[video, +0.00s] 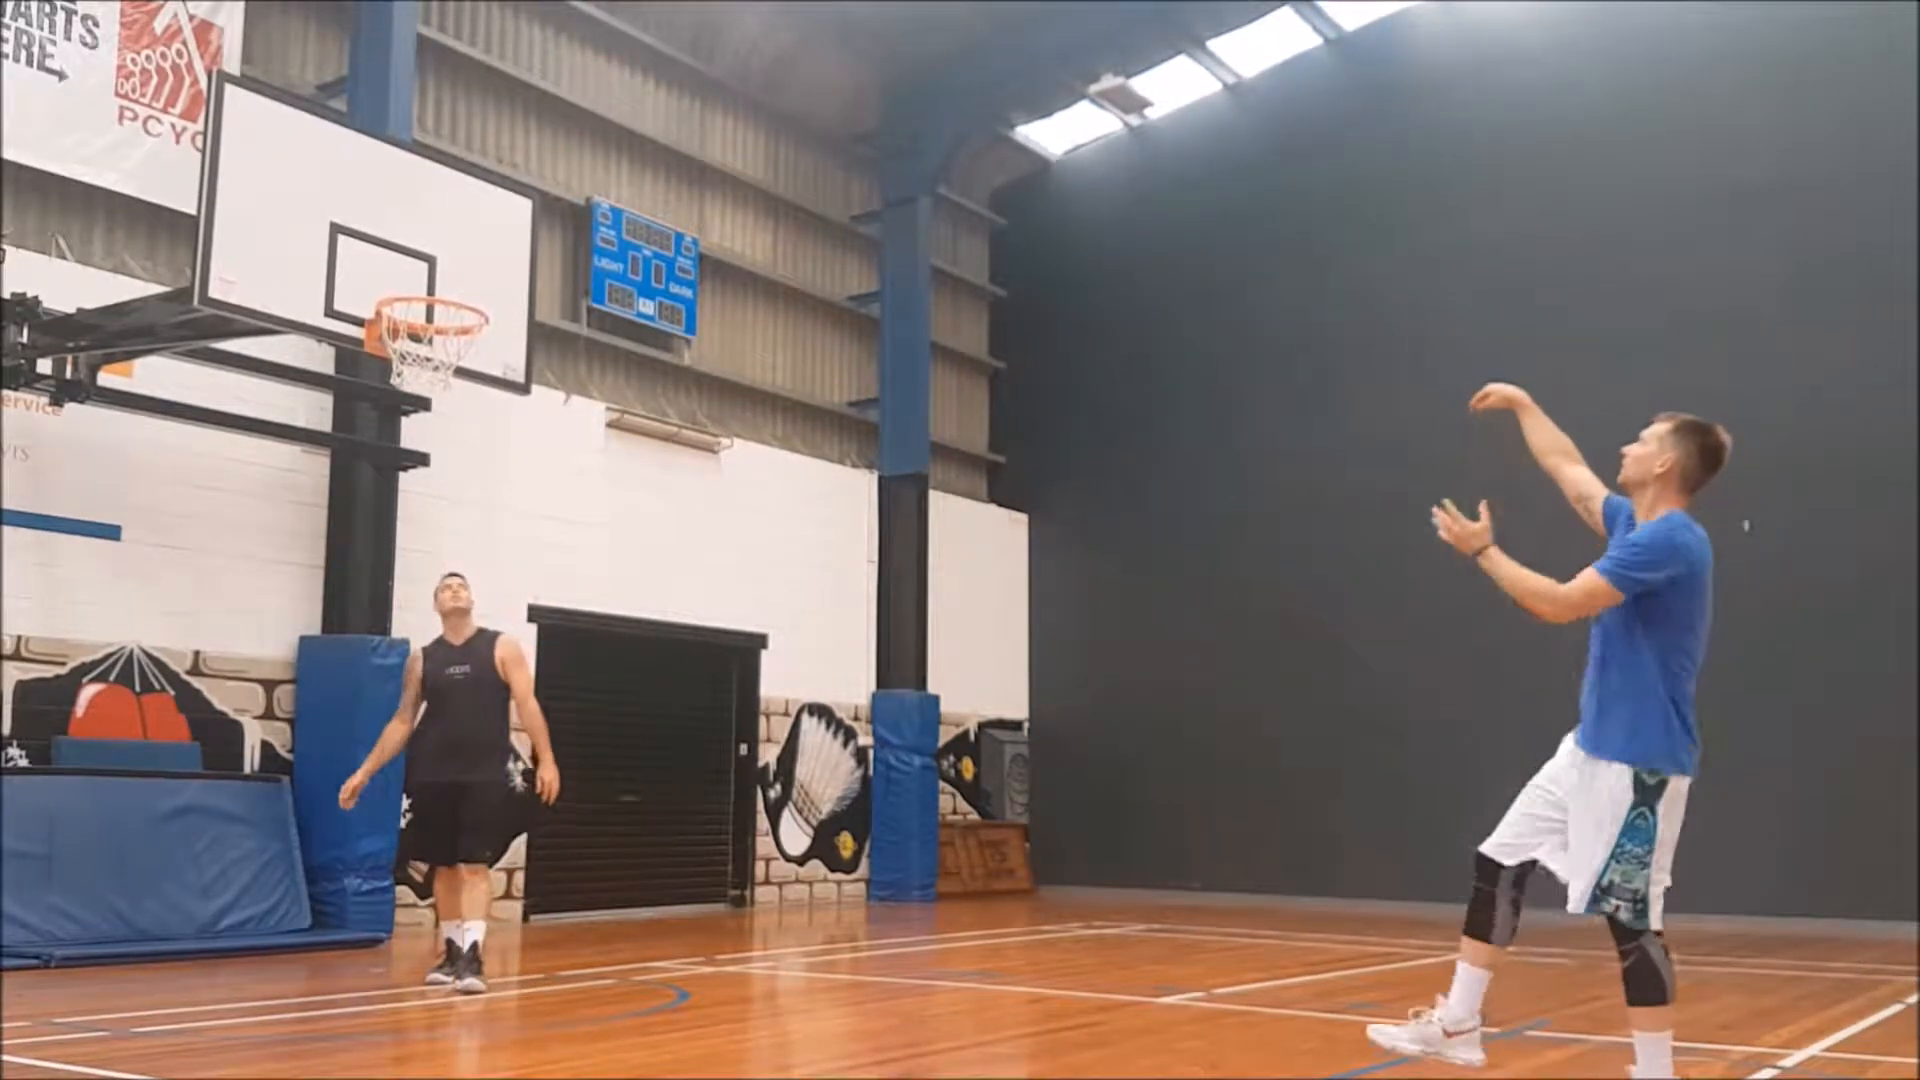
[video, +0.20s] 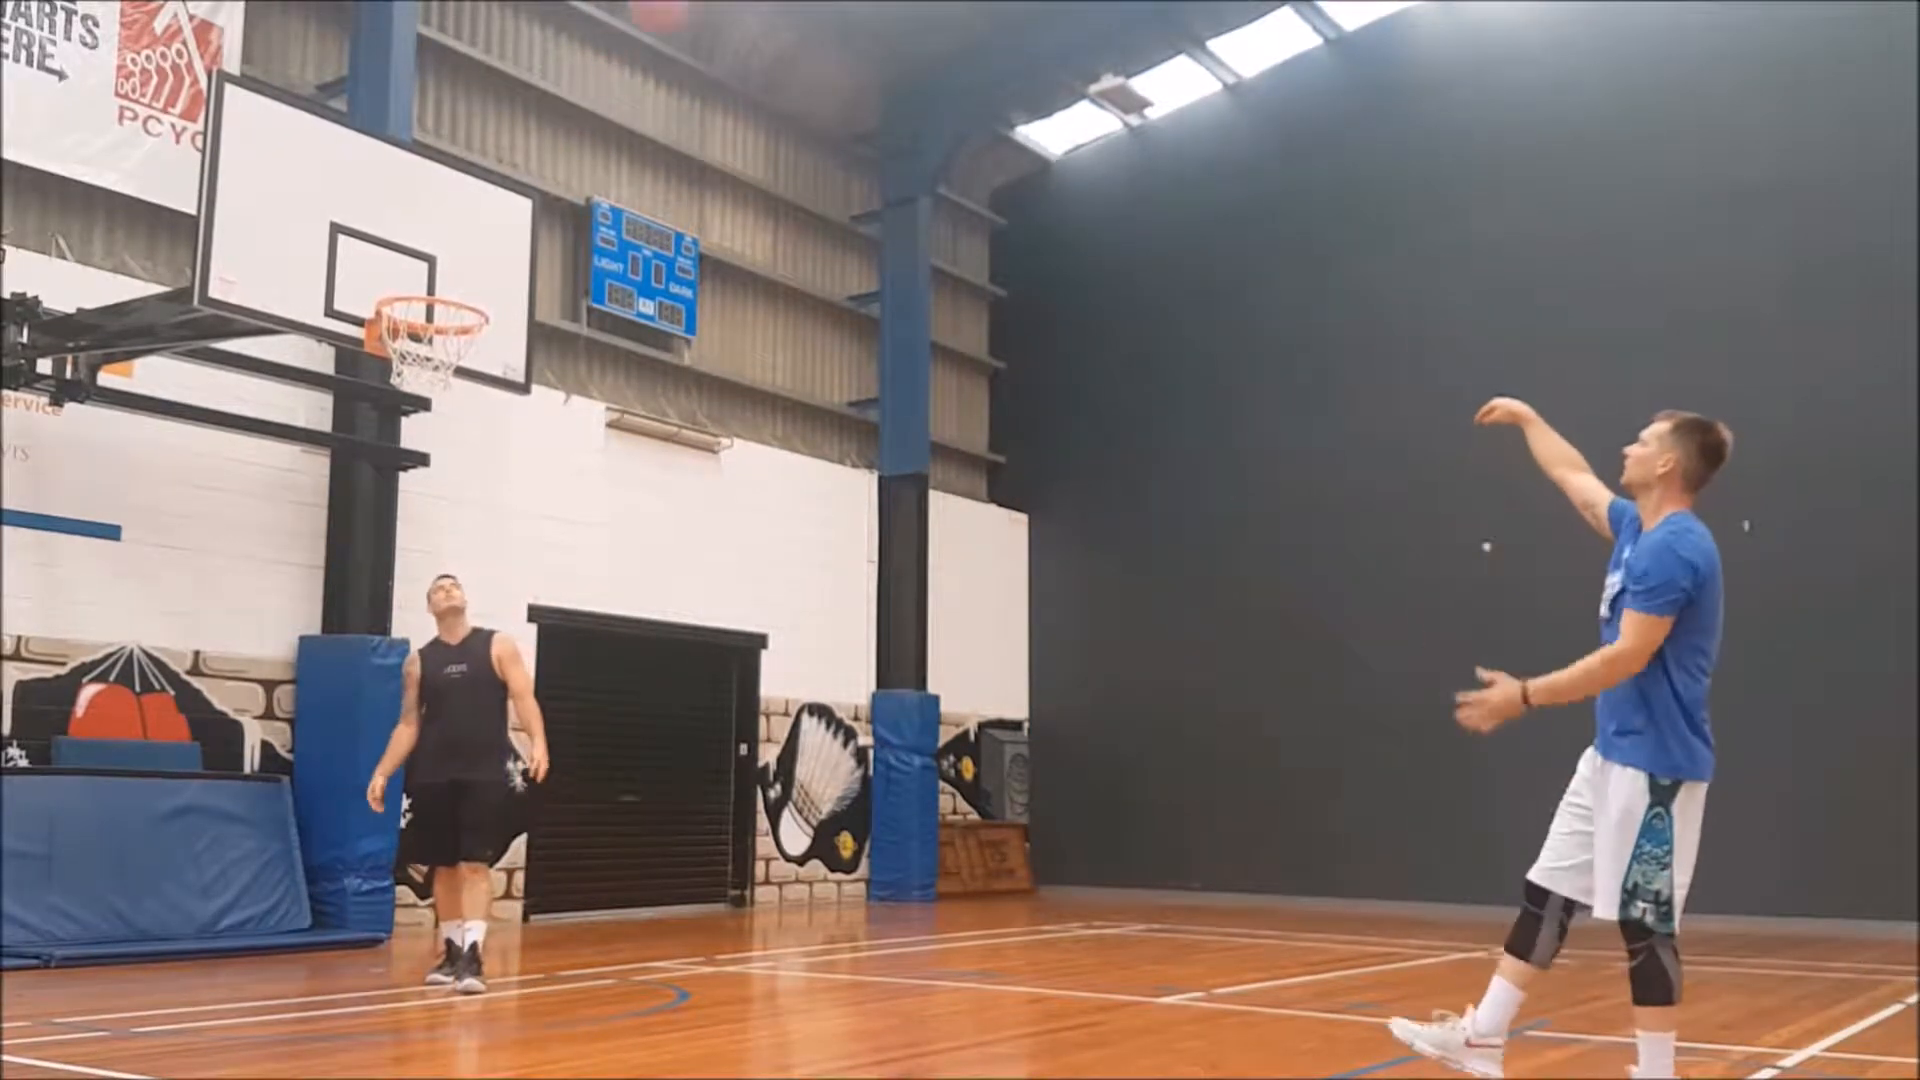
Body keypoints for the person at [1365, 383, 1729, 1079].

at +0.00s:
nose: (1628, 445)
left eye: (1644, 439)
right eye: (1639, 436)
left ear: (1669, 464)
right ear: (1665, 466)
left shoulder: (1673, 540)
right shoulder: (1629, 520)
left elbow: (1562, 603)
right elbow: (1570, 470)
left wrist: (1482, 551)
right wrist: (1523, 403)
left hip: (1642, 763)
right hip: (1588, 748)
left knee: (1631, 915)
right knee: (1500, 863)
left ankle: (1654, 1069)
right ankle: (1457, 1021)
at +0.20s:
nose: (1628, 448)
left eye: (1644, 441)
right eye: (1638, 439)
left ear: (1673, 465)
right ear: (1669, 468)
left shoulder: (1676, 545)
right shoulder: (1634, 524)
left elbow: (1629, 656)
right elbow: (1576, 477)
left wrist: (1524, 693)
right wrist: (1527, 417)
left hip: (1660, 767)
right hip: (1609, 755)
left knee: (1646, 917)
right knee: (1549, 892)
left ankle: (1655, 1070)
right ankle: (1481, 1034)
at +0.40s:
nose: (1639, 451)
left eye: (1653, 443)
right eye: (1647, 441)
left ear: (1681, 465)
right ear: (1677, 467)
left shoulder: (1685, 548)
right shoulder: (1644, 527)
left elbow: (1690, 665)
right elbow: (1586, 483)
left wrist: (1689, 772)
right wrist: (1536, 428)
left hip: (1669, 771)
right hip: (1625, 760)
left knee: (1650, 919)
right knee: (1595, 905)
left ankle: (1659, 1067)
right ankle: (1646, 1050)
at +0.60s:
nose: (1664, 454)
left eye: (1677, 448)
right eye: (1673, 446)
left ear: (1705, 471)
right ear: (1700, 474)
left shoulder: (1716, 546)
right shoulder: (1668, 535)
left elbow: (1750, 658)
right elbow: (1601, 500)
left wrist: (1758, 766)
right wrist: (1552, 444)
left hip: (1695, 771)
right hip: (1671, 764)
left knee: (1660, 922)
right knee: (1706, 926)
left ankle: (1655, 1071)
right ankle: (1798, 1063)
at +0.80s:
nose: (1691, 463)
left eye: (1703, 456)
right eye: (1698, 454)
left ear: (1735, 477)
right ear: (1735, 480)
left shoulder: (1743, 550)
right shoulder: (1719, 555)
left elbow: (1760, 661)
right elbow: (1635, 586)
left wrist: (1735, 765)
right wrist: (1594, 517)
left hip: (1739, 775)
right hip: (1752, 773)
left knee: (1695, 924)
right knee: (1761, 927)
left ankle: (1665, 1070)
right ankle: (1806, 1065)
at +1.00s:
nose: (1717, 472)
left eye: (1728, 461)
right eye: (1722, 461)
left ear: (1762, 474)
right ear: (1767, 478)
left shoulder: (1771, 544)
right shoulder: (1792, 543)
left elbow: (1773, 654)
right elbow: (1744, 670)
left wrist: (1710, 741)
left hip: (1792, 759)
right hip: (1818, 759)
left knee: (1725, 904)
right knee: (1788, 918)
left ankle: (1772, 1066)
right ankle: (1810, 1065)